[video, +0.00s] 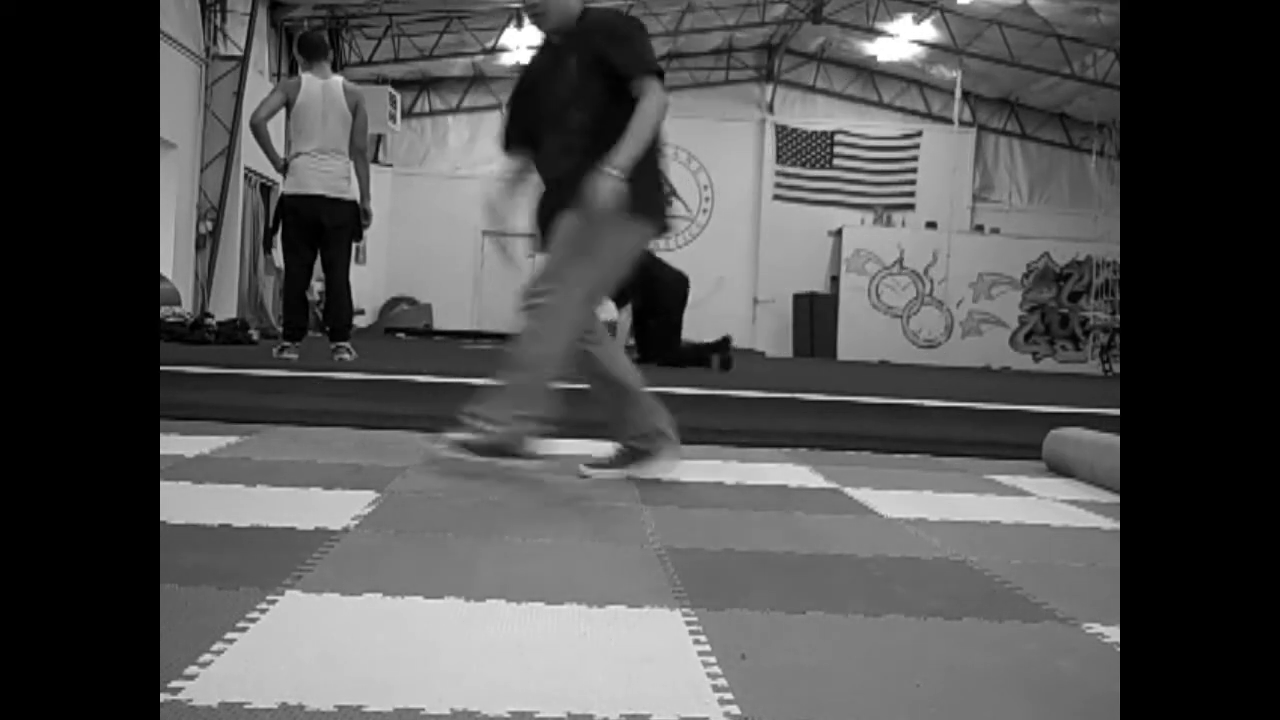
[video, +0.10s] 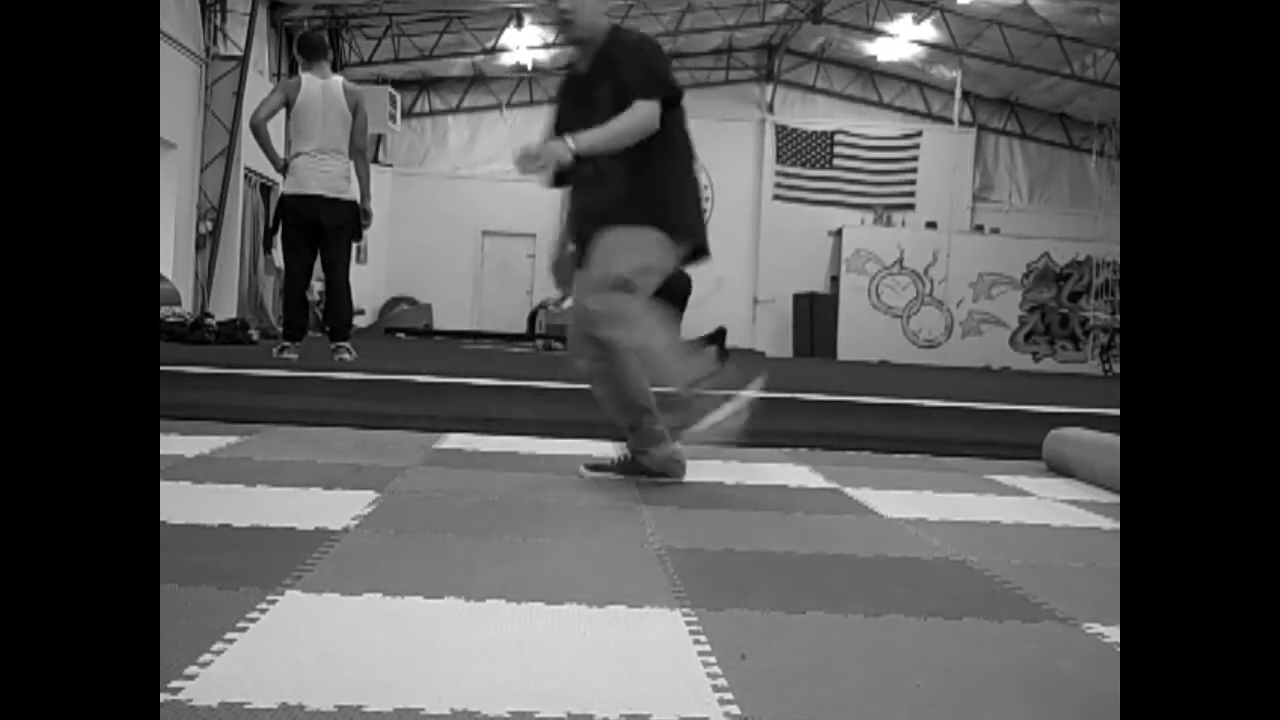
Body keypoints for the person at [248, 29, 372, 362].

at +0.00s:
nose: (300, 64)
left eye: (298, 59)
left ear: (299, 58)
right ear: (329, 55)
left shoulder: (291, 86)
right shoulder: (353, 94)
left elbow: (256, 121)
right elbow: (359, 152)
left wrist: (277, 162)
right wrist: (365, 202)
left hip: (297, 195)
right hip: (340, 197)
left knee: (295, 273)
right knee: (338, 276)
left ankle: (290, 343)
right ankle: (341, 345)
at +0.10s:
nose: (300, 64)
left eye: (299, 59)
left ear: (299, 58)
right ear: (329, 55)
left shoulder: (290, 86)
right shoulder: (353, 94)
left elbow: (256, 121)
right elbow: (359, 152)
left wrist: (277, 162)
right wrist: (366, 202)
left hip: (297, 195)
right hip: (339, 197)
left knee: (295, 273)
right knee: (338, 276)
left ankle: (290, 343)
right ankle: (341, 345)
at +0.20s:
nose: (301, 63)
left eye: (299, 58)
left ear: (299, 58)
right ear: (329, 55)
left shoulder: (290, 86)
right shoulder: (353, 93)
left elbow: (256, 121)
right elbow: (359, 152)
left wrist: (277, 162)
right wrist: (366, 201)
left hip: (298, 196)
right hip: (340, 198)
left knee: (295, 274)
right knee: (338, 276)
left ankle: (290, 343)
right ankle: (341, 345)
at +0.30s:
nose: (297, 61)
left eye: (298, 57)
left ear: (300, 57)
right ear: (329, 55)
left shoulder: (290, 86)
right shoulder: (352, 93)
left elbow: (256, 120)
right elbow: (359, 151)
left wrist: (276, 162)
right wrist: (366, 201)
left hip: (298, 195)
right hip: (340, 197)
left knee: (295, 274)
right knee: (338, 276)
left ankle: (290, 343)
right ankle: (341, 345)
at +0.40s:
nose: (296, 58)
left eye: (297, 54)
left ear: (299, 55)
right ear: (329, 54)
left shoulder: (289, 86)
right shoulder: (352, 93)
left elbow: (255, 120)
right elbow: (358, 150)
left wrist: (276, 162)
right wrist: (366, 201)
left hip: (298, 195)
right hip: (339, 197)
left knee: (295, 275)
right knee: (338, 276)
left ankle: (290, 344)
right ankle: (341, 345)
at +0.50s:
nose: (296, 58)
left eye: (297, 54)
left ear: (300, 55)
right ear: (329, 54)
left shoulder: (289, 86)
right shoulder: (352, 93)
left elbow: (255, 120)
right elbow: (358, 151)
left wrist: (276, 162)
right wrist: (366, 201)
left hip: (298, 195)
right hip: (339, 197)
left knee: (295, 275)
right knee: (338, 276)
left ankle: (290, 344)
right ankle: (341, 345)